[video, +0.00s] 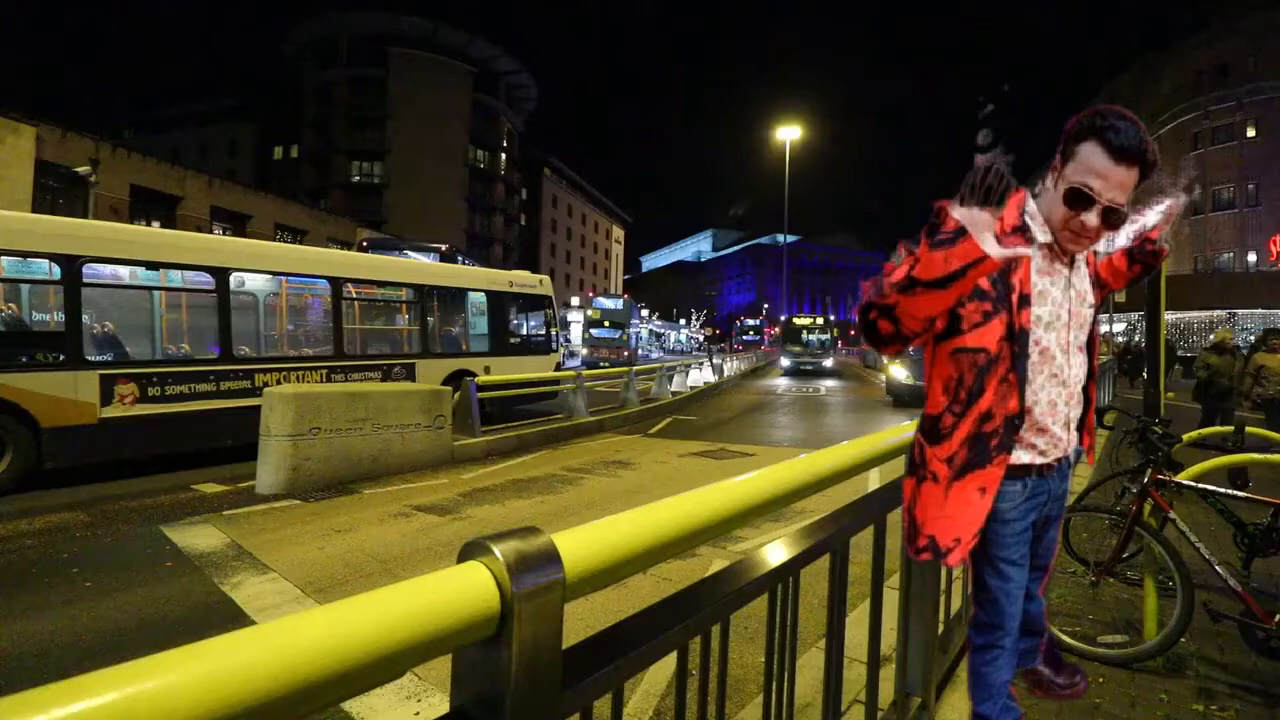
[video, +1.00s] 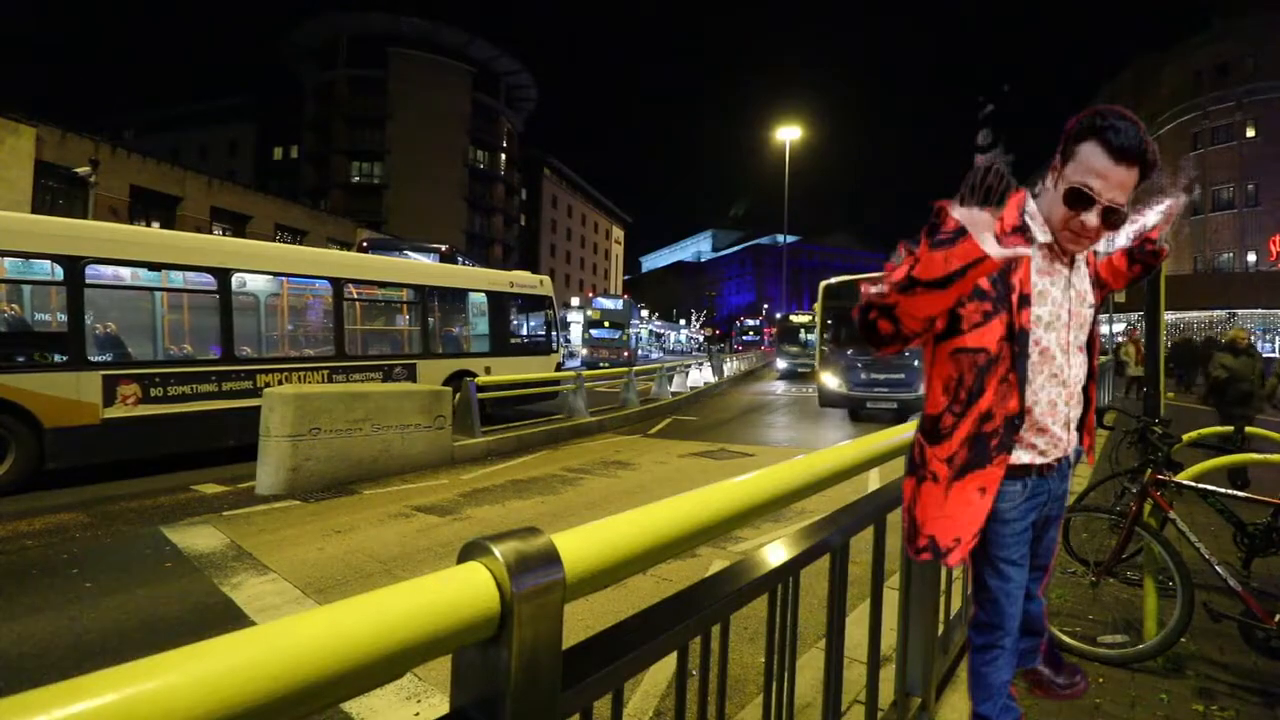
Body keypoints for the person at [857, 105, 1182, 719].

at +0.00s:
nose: (1089, 222)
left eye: (1110, 212)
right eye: (1080, 197)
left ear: (1123, 211)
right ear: (1052, 171)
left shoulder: (1084, 263)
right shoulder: (985, 241)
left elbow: (1115, 271)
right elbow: (882, 326)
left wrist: (1151, 240)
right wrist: (966, 244)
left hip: (1057, 466)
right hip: (999, 473)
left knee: (1035, 580)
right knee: (1000, 611)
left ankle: (1028, 658)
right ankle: (993, 709)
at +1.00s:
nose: (1090, 222)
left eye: (1110, 211)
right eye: (1080, 197)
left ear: (1123, 210)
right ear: (1052, 171)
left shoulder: (1084, 263)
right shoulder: (985, 242)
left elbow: (1115, 271)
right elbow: (879, 325)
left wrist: (1152, 239)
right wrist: (964, 248)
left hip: (1057, 466)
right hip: (999, 474)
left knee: (1035, 580)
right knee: (1000, 613)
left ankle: (1028, 659)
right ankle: (994, 710)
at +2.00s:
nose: (1089, 222)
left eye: (1109, 212)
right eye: (1080, 197)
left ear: (1123, 211)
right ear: (1052, 171)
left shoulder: (1083, 263)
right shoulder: (982, 241)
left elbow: (1111, 274)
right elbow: (882, 328)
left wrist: (1150, 241)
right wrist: (963, 246)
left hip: (1057, 468)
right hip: (1000, 474)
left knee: (1034, 581)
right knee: (1000, 612)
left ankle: (1028, 659)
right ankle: (994, 709)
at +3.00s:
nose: (1089, 222)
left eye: (1109, 212)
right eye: (1080, 197)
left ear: (1123, 211)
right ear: (1052, 171)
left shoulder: (1083, 263)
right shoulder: (984, 242)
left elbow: (1110, 274)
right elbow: (883, 327)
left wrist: (1150, 241)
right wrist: (963, 244)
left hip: (1057, 467)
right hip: (1000, 474)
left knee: (1035, 581)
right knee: (1000, 611)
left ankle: (1028, 659)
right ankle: (994, 709)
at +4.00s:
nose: (1089, 222)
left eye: (1109, 212)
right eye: (1080, 198)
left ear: (1123, 211)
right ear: (1052, 171)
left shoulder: (1084, 264)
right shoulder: (985, 242)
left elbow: (1116, 271)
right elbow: (883, 327)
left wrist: (1151, 240)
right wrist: (962, 245)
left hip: (1057, 467)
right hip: (1000, 474)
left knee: (1035, 581)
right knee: (1000, 611)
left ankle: (1028, 659)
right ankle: (994, 709)